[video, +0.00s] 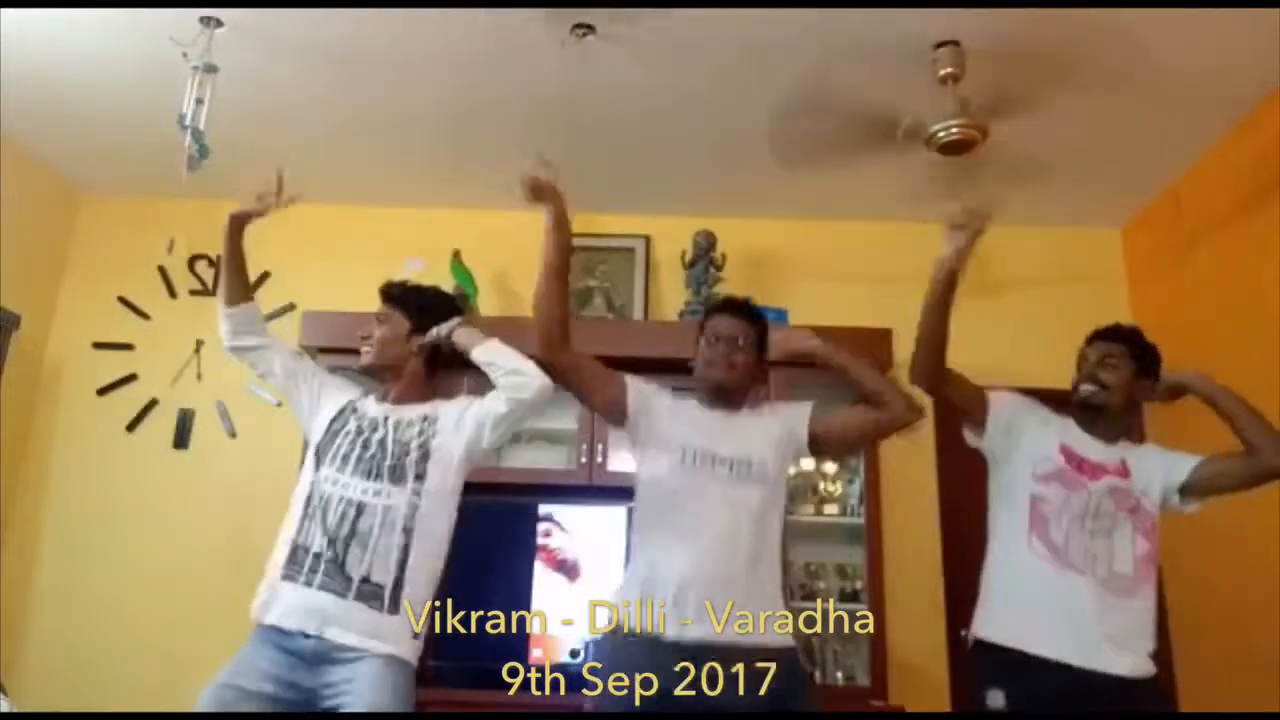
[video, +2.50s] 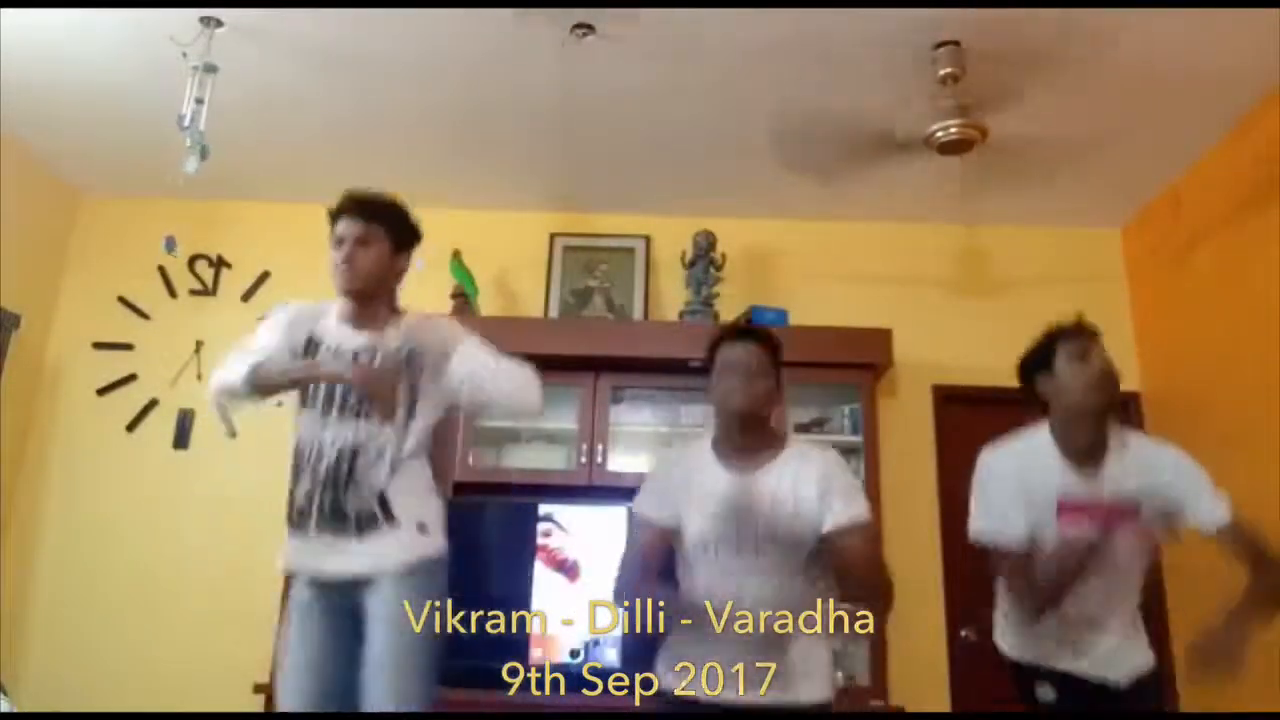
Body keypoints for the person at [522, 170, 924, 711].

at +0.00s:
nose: (723, 353)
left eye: (739, 345)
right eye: (713, 341)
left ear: (759, 365)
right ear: (695, 353)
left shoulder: (785, 426)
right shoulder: (649, 409)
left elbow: (900, 410)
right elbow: (554, 350)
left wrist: (822, 350)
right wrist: (556, 228)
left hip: (755, 658)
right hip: (647, 651)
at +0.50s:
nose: (735, 385)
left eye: (742, 374)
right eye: (722, 370)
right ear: (675, 368)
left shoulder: (733, 453)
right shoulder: (612, 432)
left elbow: (754, 559)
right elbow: (616, 566)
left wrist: (752, 641)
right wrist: (722, 634)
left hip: (690, 672)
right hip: (604, 668)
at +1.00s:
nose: (738, 412)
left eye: (746, 401)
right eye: (724, 396)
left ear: (753, 403)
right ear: (679, 390)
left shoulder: (744, 466)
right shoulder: (616, 464)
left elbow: (772, 572)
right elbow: (569, 600)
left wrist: (774, 635)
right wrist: (688, 629)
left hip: (689, 677)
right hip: (605, 675)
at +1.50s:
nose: (716, 379)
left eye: (734, 366)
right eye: (710, 367)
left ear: (780, 376)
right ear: (703, 370)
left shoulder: (827, 452)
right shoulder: (689, 448)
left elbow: (859, 580)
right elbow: (641, 563)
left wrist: (746, 534)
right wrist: (703, 632)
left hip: (810, 687)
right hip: (711, 684)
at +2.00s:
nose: (682, 431)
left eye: (696, 418)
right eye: (683, 419)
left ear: (747, 420)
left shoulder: (820, 473)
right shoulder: (710, 492)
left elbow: (842, 617)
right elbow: (701, 604)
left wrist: (742, 621)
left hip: (859, 672)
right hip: (783, 677)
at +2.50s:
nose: (737, 385)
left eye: (752, 373)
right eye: (726, 372)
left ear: (777, 388)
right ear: (710, 385)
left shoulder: (821, 470)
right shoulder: (675, 471)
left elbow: (872, 594)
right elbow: (637, 586)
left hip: (795, 694)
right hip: (691, 693)